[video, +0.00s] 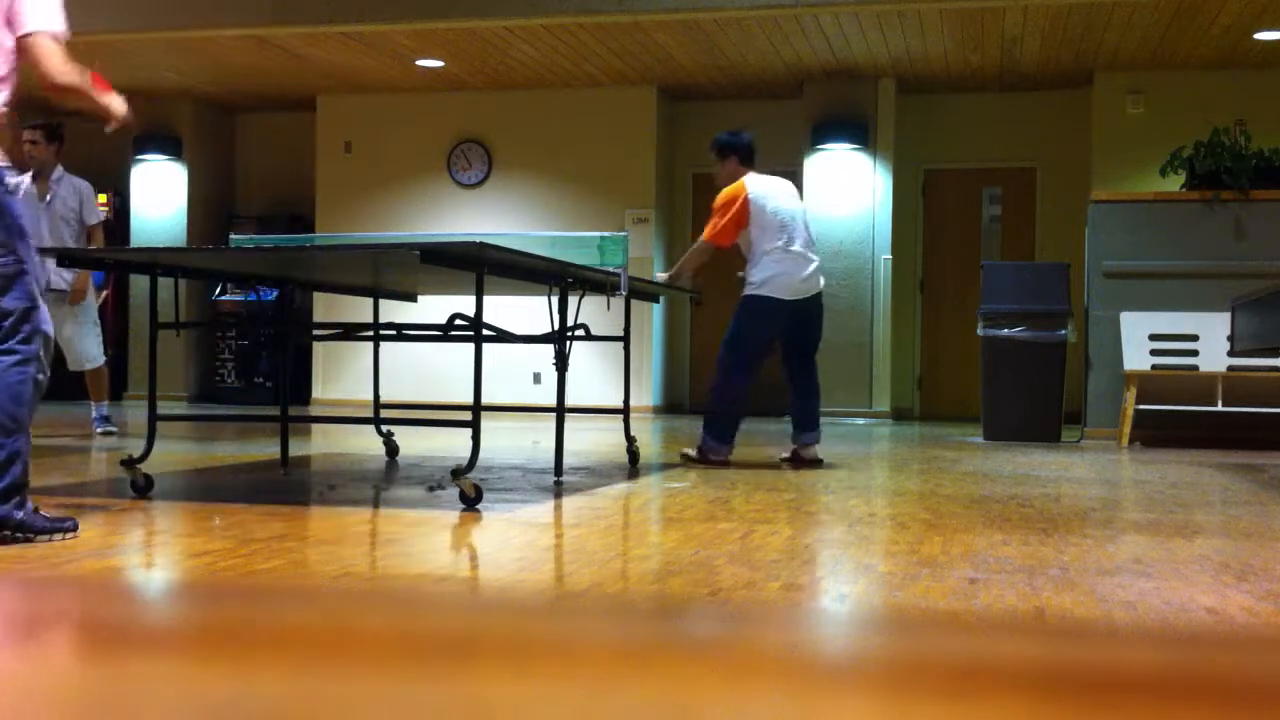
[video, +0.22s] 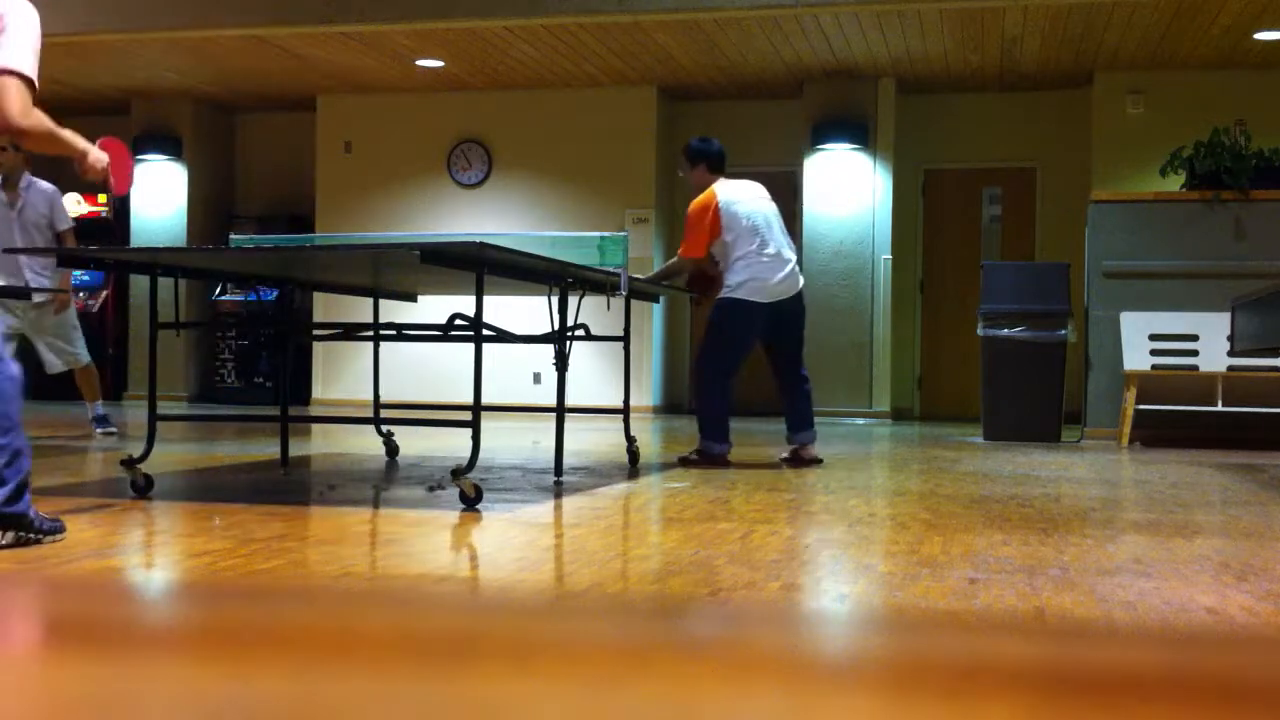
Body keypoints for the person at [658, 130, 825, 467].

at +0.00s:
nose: (716, 173)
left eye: (718, 165)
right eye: (715, 166)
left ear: (734, 162)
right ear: (749, 161)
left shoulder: (736, 192)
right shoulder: (785, 186)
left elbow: (708, 245)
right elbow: (789, 240)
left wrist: (673, 274)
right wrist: (755, 269)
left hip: (768, 291)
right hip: (808, 292)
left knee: (734, 362)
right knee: (801, 364)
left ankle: (715, 447)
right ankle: (807, 447)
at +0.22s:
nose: (687, 178)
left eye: (688, 171)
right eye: (686, 171)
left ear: (702, 169)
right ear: (720, 167)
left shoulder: (704, 203)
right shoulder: (755, 188)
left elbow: (687, 259)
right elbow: (751, 244)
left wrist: (648, 279)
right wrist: (714, 269)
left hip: (745, 293)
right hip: (788, 291)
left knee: (711, 369)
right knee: (791, 369)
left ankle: (713, 448)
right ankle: (805, 446)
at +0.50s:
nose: (679, 165)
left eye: (682, 158)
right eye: (679, 158)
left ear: (698, 159)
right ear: (715, 160)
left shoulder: (696, 194)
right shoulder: (749, 182)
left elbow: (670, 250)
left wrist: (638, 260)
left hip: (730, 290)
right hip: (773, 287)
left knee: (702, 369)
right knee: (781, 366)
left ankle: (713, 448)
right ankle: (799, 446)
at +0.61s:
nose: (686, 160)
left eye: (690, 153)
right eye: (687, 153)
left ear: (707, 154)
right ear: (724, 155)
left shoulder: (698, 188)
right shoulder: (758, 182)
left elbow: (659, 221)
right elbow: (724, 218)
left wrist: (636, 220)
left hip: (724, 294)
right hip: (770, 292)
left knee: (701, 370)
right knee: (778, 367)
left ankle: (712, 448)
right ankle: (794, 446)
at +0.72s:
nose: (699, 155)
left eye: (705, 149)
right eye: (701, 148)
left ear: (721, 152)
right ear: (735, 155)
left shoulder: (705, 185)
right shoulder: (767, 187)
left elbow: (649, 196)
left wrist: (604, 177)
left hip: (721, 296)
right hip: (768, 295)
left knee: (700, 370)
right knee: (774, 370)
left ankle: (712, 449)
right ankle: (791, 446)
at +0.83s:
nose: (711, 152)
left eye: (717, 147)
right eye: (714, 146)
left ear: (732, 151)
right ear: (745, 155)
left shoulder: (710, 183)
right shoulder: (776, 192)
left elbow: (657, 197)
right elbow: (775, 247)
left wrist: (618, 174)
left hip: (721, 293)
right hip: (769, 294)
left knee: (699, 369)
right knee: (776, 367)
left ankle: (712, 448)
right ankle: (792, 446)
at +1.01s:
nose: (727, 149)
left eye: (734, 144)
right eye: (731, 142)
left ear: (747, 152)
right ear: (765, 156)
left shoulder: (723, 182)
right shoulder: (789, 195)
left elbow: (692, 214)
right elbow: (797, 249)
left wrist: (655, 219)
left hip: (725, 290)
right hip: (772, 293)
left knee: (705, 367)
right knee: (778, 365)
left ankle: (712, 447)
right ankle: (792, 446)